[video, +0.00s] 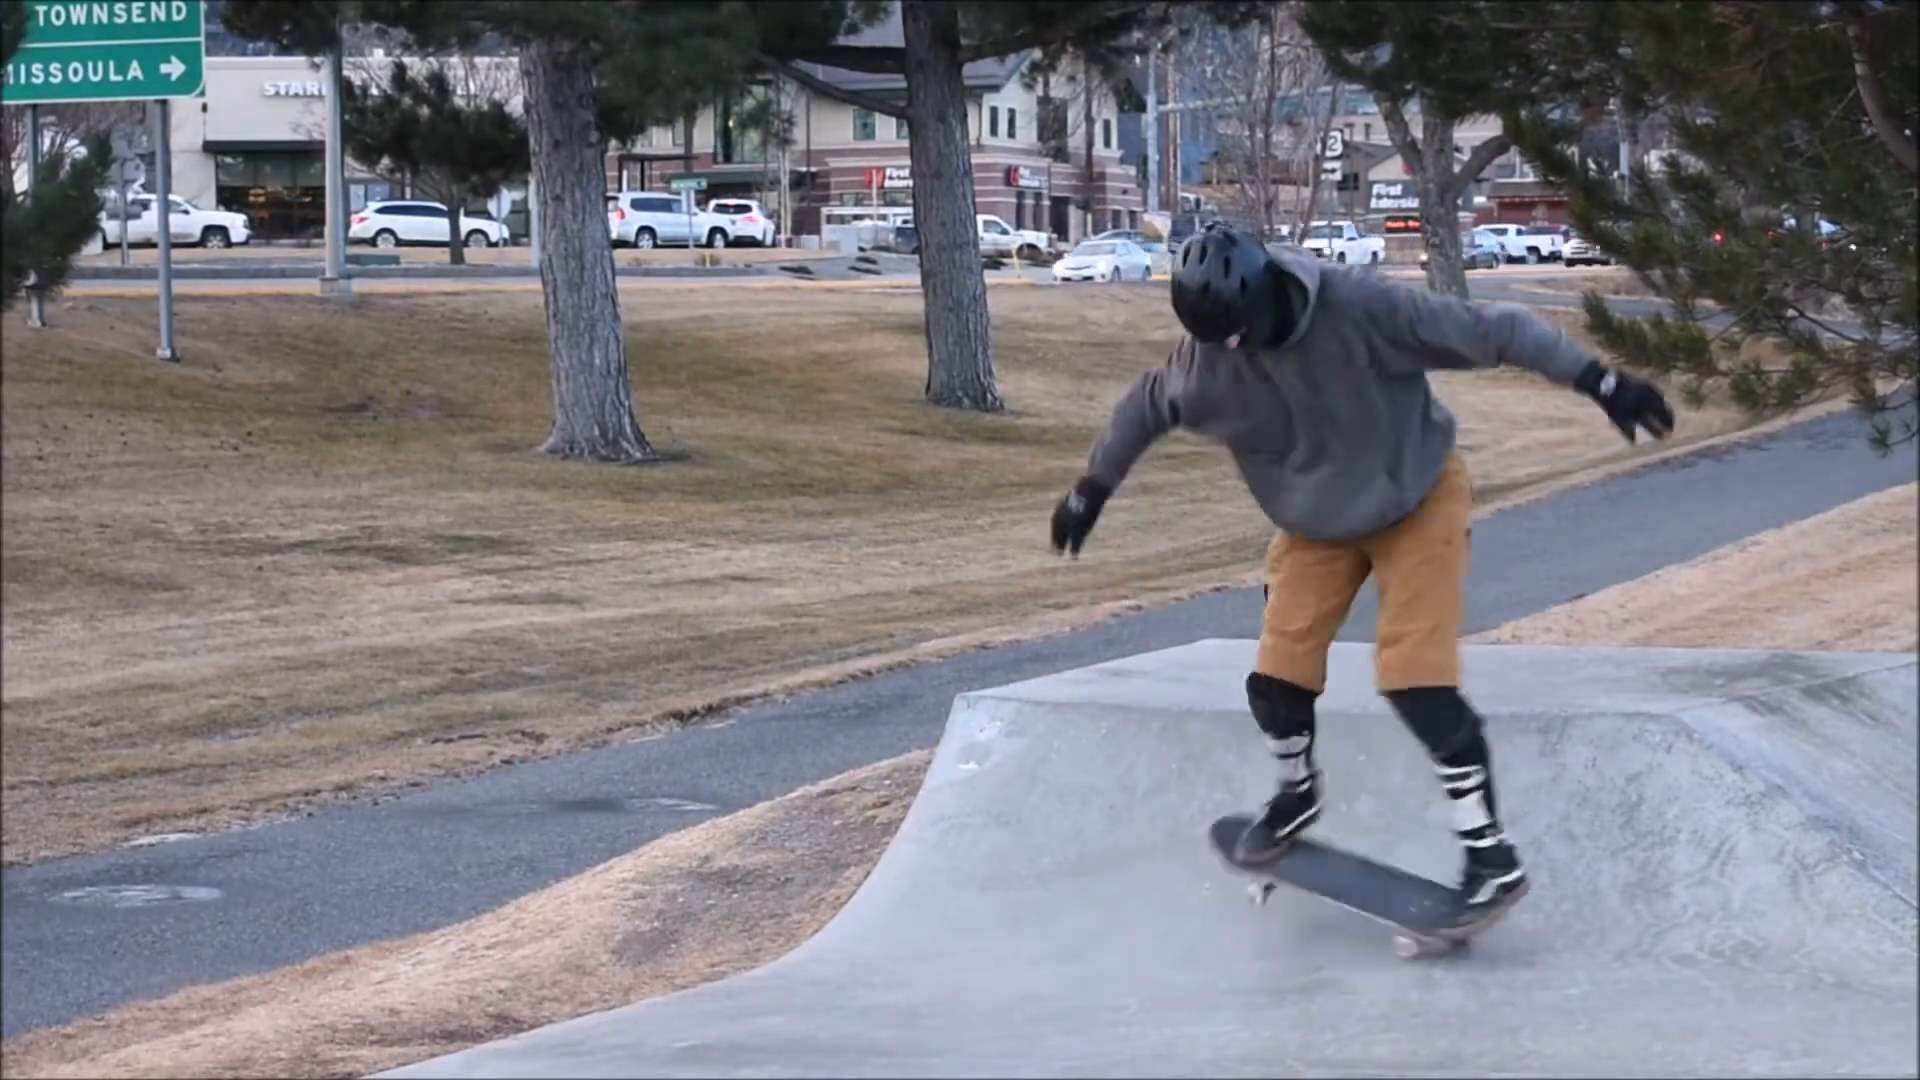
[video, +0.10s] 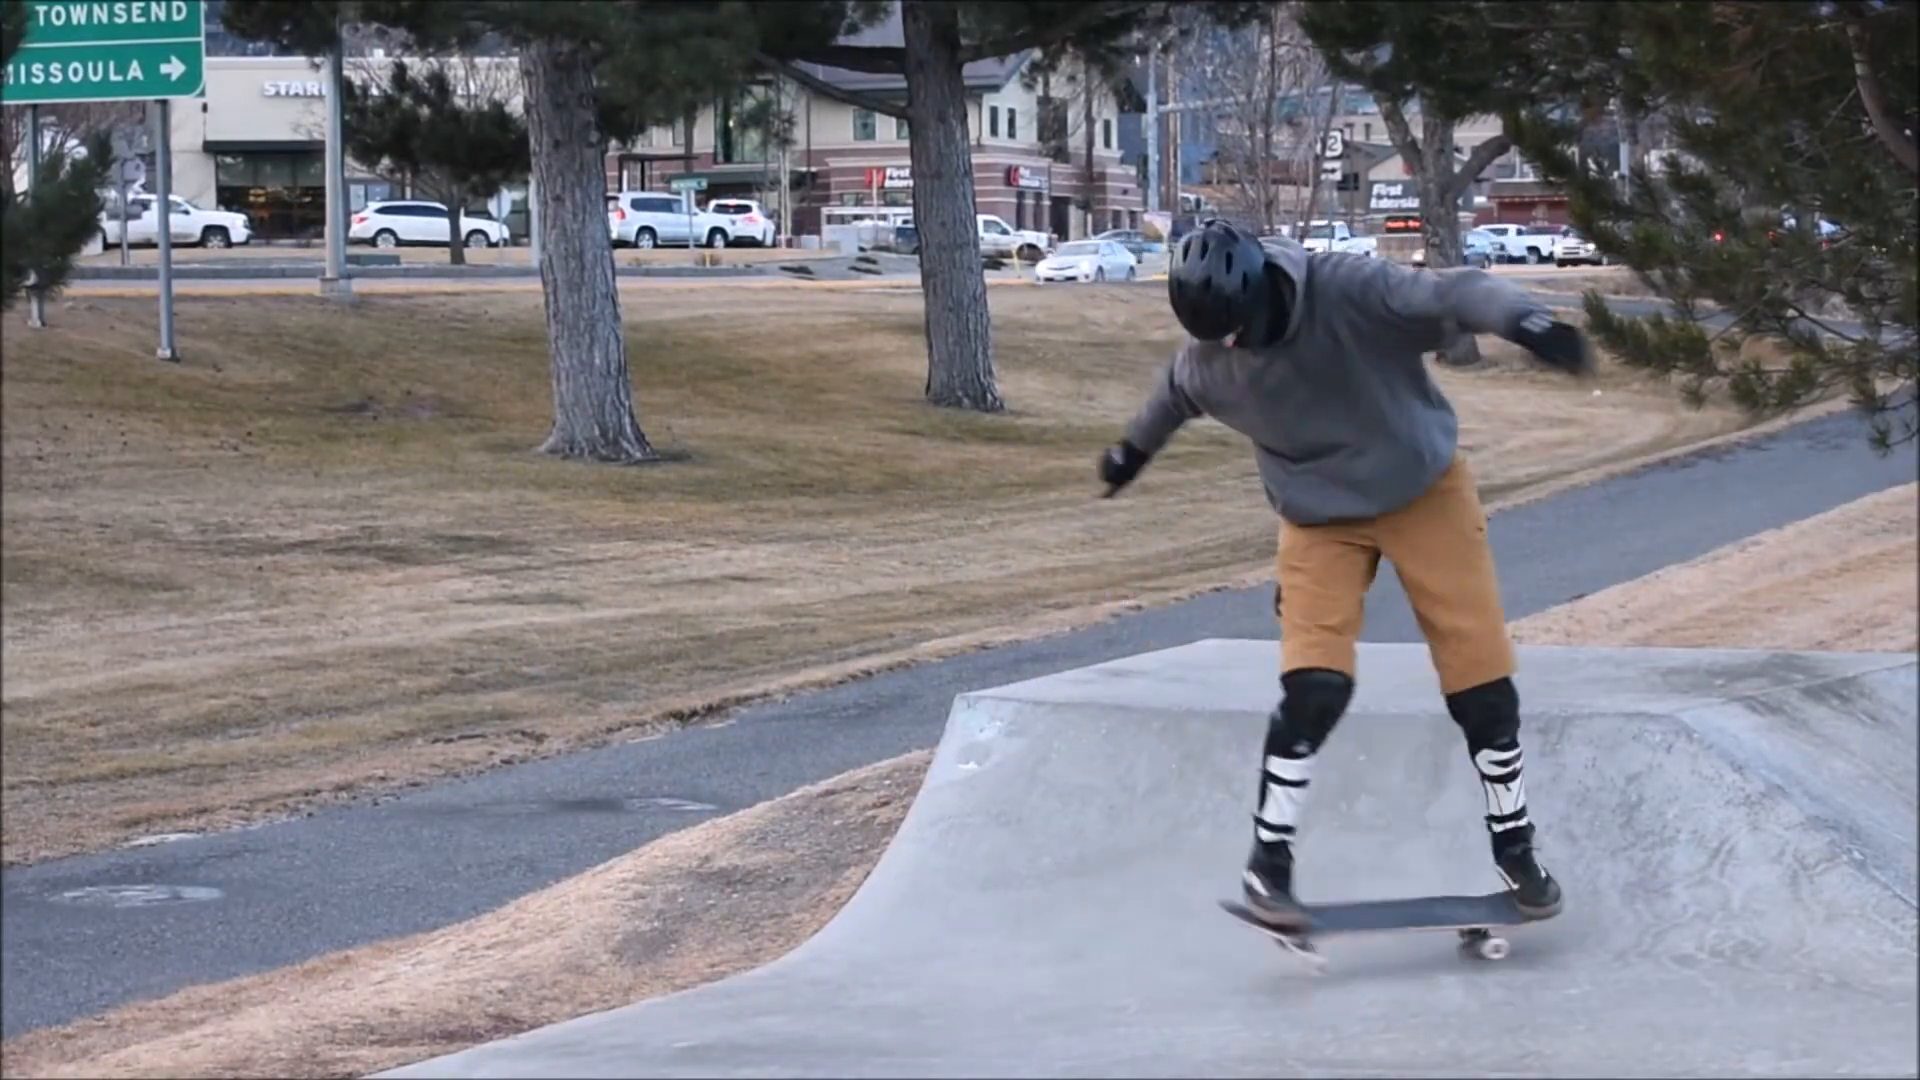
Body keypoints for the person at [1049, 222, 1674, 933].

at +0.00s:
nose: (1233, 343)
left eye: (1238, 327)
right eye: (1219, 334)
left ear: (1263, 294)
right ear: (1202, 322)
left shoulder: (1353, 304)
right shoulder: (1204, 367)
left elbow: (1488, 329)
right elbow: (1140, 412)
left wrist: (1600, 380)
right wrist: (1089, 493)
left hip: (1417, 491)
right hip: (1315, 517)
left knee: (1416, 680)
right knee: (1279, 683)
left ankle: (1489, 850)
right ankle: (1298, 794)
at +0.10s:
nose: (1237, 347)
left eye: (1241, 331)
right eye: (1220, 340)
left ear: (1264, 291)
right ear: (1196, 320)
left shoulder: (1344, 289)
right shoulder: (1204, 361)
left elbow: (1449, 291)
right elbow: (1171, 399)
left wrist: (1528, 320)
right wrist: (1131, 451)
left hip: (1426, 492)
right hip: (1317, 516)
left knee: (1486, 698)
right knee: (1314, 693)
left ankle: (1514, 846)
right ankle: (1269, 863)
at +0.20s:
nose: (1237, 368)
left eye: (1243, 352)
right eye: (1223, 360)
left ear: (1269, 311)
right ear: (1203, 341)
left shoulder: (1334, 302)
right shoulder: (1219, 384)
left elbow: (1443, 302)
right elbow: (1215, 463)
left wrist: (1427, 315)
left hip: (1425, 510)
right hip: (1324, 541)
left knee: (1505, 694)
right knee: (1367, 708)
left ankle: (1480, 859)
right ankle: (1325, 896)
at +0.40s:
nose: (1244, 375)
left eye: (1254, 359)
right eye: (1229, 364)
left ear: (1285, 329)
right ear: (1210, 347)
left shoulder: (1347, 341)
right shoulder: (1216, 416)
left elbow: (1461, 396)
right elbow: (1215, 552)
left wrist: (1379, 417)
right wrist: (1241, 651)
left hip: (1395, 545)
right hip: (1294, 574)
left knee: (1477, 729)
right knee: (1324, 728)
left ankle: (1434, 879)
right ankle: (1262, 915)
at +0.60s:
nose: (1227, 299)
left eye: (1242, 282)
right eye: (1215, 284)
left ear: (1278, 271)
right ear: (1200, 280)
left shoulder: (1339, 326)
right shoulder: (1189, 365)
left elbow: (1434, 412)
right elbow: (1156, 501)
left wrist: (1434, 484)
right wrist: (1177, 573)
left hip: (1352, 546)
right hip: (1246, 564)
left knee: (1434, 724)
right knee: (1278, 728)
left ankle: (1400, 882)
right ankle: (1218, 916)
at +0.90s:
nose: (1207, 236)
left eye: (1224, 221)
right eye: (1196, 220)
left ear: (1259, 220)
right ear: (1179, 221)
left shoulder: (1311, 308)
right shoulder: (1153, 323)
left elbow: (1361, 426)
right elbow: (1098, 460)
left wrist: (1394, 538)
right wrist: (1103, 572)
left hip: (1283, 552)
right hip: (1171, 560)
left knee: (1352, 738)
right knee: (1184, 742)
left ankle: (1331, 893)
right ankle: (1135, 931)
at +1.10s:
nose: (1254, 494)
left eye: (1263, 484)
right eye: (1250, 480)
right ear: (1219, 450)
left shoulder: (1242, 476)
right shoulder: (1114, 457)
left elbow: (1268, 565)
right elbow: (987, 571)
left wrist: (1320, 640)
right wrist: (995, 696)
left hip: (1143, 627)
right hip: (1051, 614)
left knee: (1236, 752)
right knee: (1140, 759)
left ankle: (1147, 897)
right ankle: (1031, 924)